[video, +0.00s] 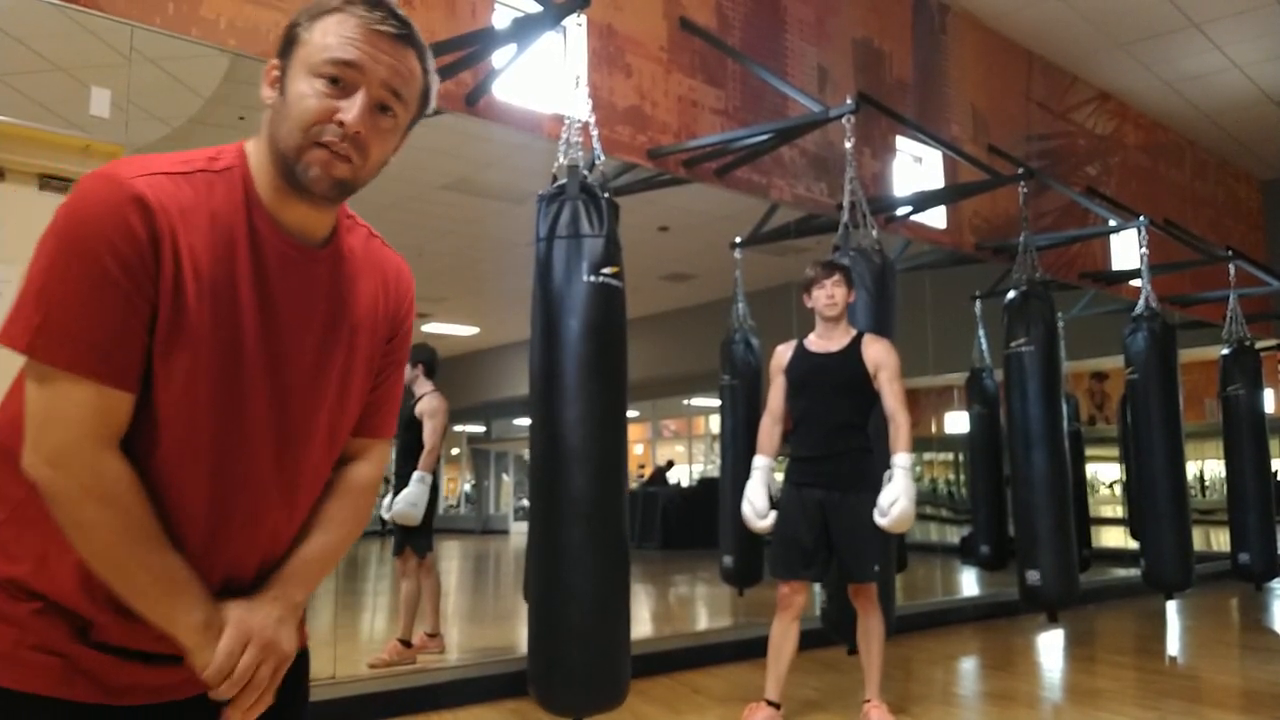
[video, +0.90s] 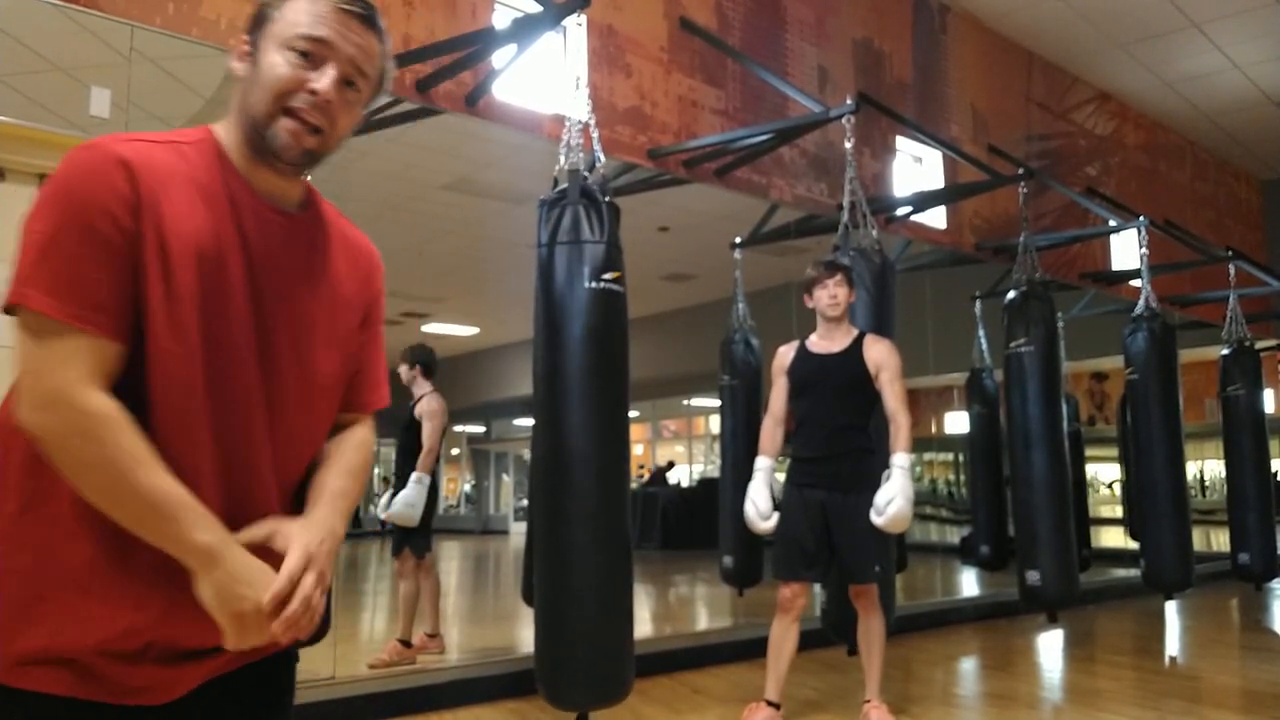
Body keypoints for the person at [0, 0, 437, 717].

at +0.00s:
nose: (352, 118)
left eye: (385, 108)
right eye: (336, 81)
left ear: (399, 142)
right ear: (274, 81)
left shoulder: (385, 284)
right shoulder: (129, 207)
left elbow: (366, 459)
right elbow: (67, 451)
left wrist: (285, 599)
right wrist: (205, 632)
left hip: (254, 669)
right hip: (67, 663)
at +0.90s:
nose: (322, 89)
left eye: (351, 83)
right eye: (305, 54)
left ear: (362, 116)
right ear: (245, 50)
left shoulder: (355, 261)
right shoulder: (115, 178)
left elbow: (353, 423)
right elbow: (55, 393)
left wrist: (324, 525)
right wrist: (211, 554)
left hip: (243, 670)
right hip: (67, 664)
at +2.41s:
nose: (201, 71)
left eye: (229, 56)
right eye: (177, 46)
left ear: (258, 83)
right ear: (135, 60)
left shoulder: (324, 226)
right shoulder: (40, 204)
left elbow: (374, 398)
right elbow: (2, 377)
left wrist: (327, 342)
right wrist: (132, 368)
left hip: (270, 642)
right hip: (77, 640)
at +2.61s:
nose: (182, 74)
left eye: (209, 57)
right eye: (157, 48)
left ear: (237, 82)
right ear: (112, 59)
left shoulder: (297, 225)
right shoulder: (22, 197)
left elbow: (350, 397)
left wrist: (309, 345)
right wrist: (125, 388)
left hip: (247, 641)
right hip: (52, 641)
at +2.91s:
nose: (184, 110)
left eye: (214, 91)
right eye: (163, 79)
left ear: (246, 108)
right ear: (124, 79)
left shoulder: (290, 248)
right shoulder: (26, 201)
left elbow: (309, 427)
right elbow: (4, 380)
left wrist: (304, 376)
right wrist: (139, 386)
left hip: (219, 646)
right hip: (39, 648)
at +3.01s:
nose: (189, 114)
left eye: (221, 95)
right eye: (171, 83)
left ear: (251, 111)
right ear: (130, 80)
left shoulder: (289, 251)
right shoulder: (25, 204)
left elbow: (302, 428)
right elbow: (1, 381)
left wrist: (295, 377)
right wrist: (138, 404)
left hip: (219, 648)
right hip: (40, 651)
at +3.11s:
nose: (193, 112)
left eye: (223, 93)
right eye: (175, 80)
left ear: (251, 112)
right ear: (131, 80)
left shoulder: (290, 250)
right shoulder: (25, 204)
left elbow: (306, 424)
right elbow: (0, 379)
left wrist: (294, 375)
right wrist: (138, 403)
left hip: (219, 648)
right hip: (39, 648)